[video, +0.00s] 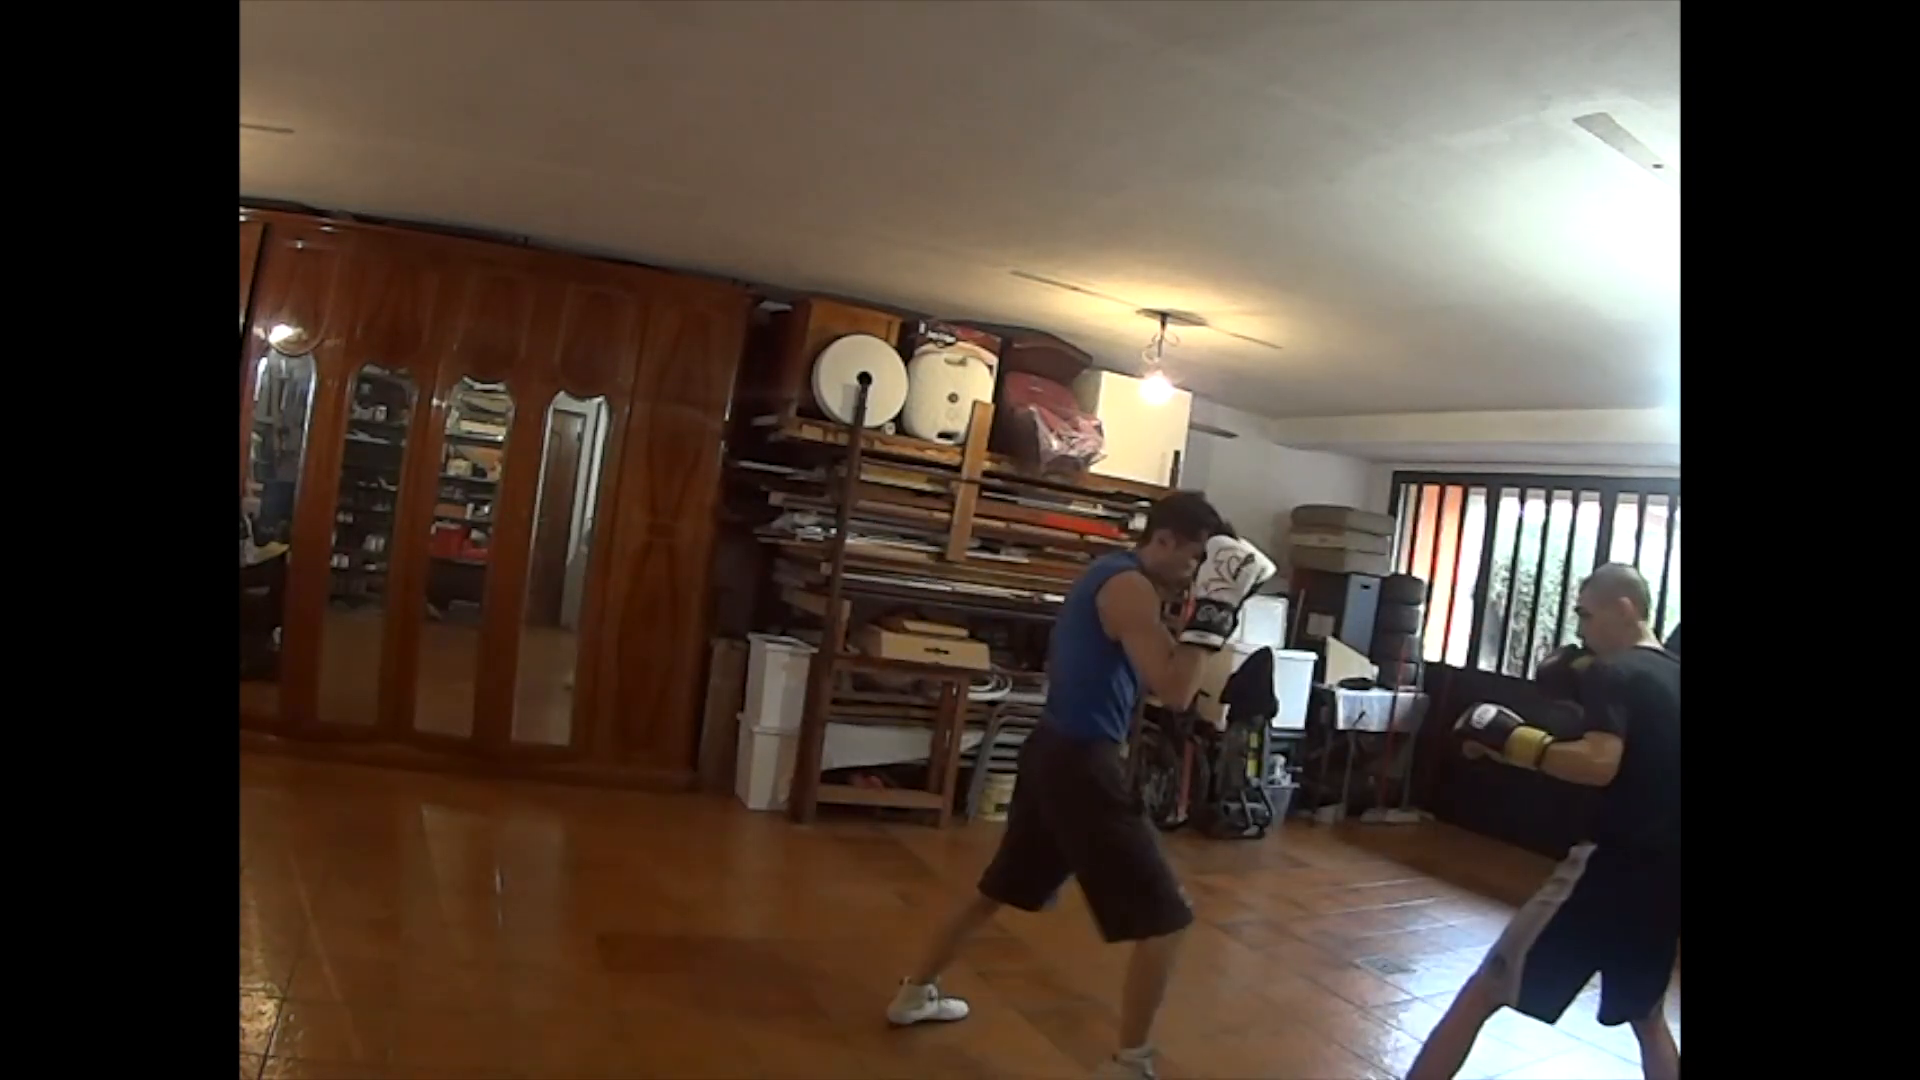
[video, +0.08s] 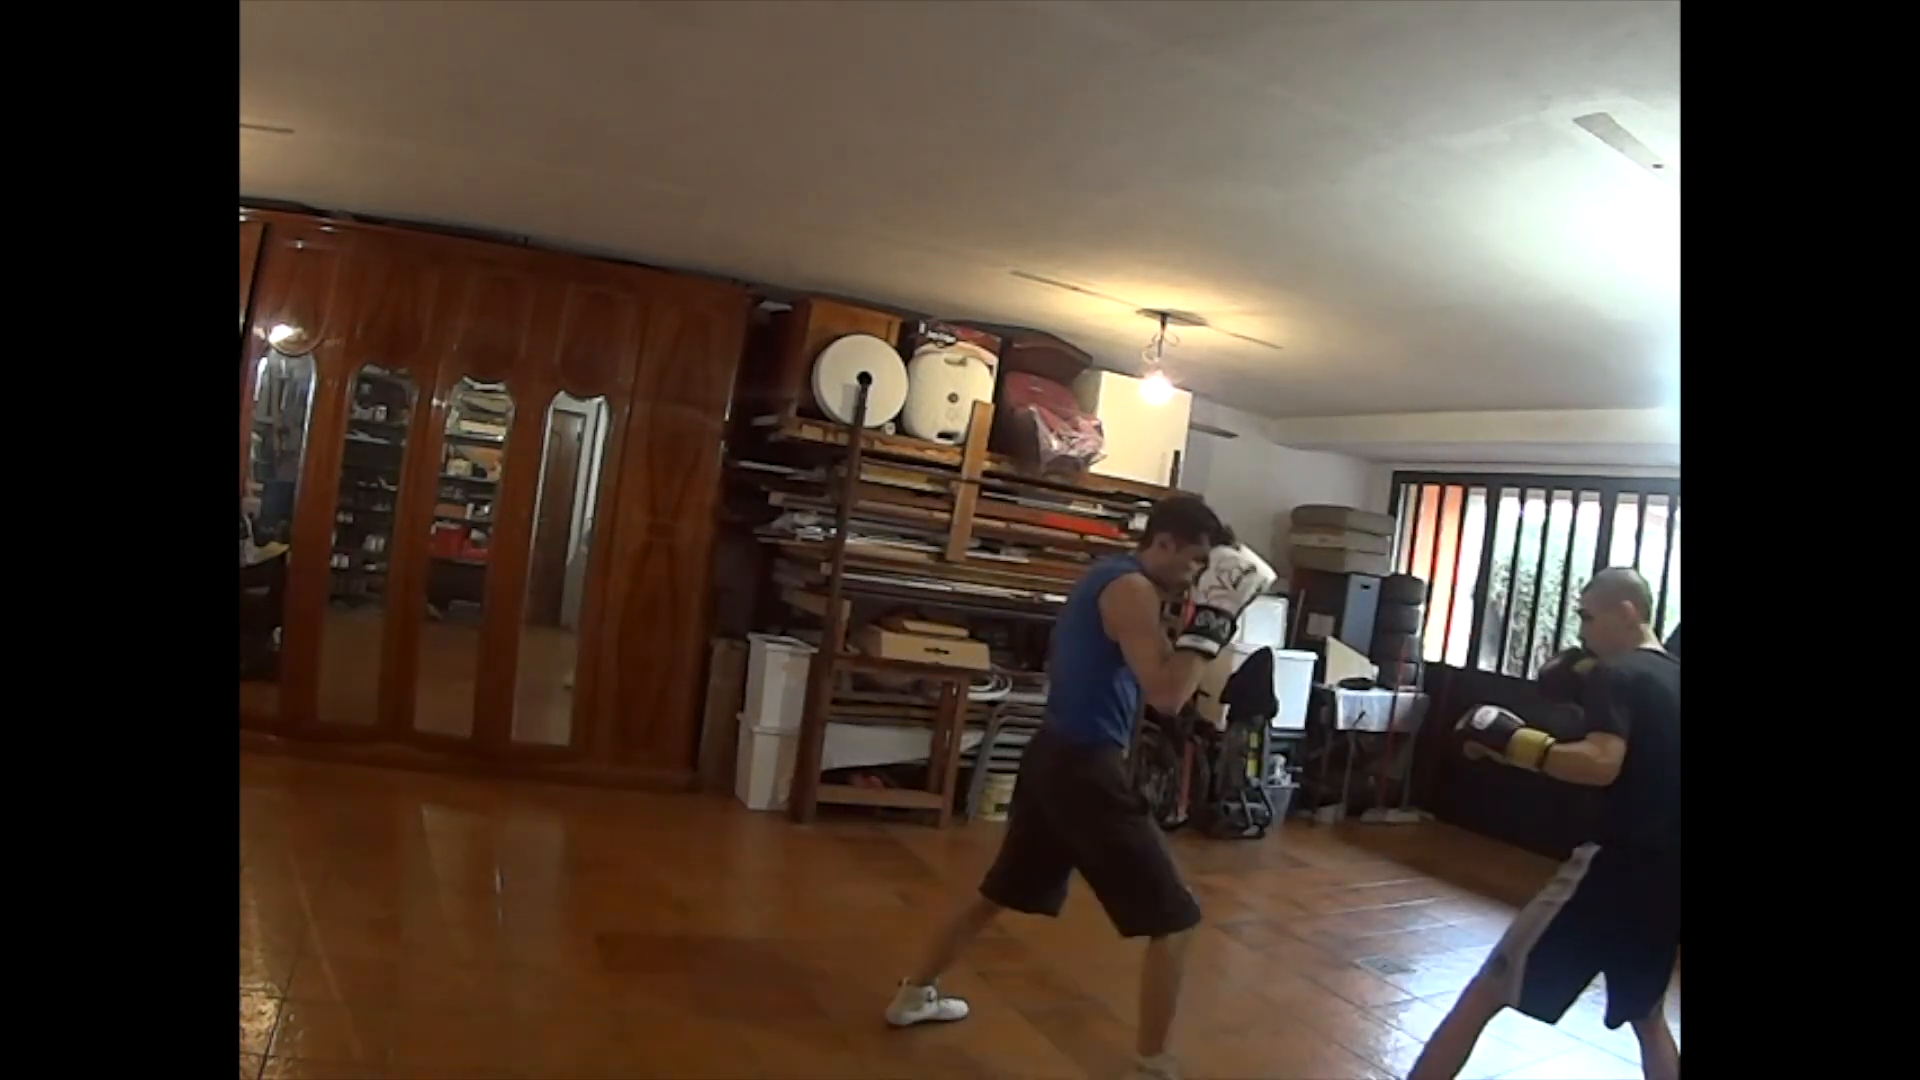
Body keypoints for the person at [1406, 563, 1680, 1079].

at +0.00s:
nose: (1582, 631)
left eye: (1586, 616)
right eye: (1579, 618)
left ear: (1625, 610)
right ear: (1636, 612)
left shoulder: (1615, 672)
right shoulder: (1671, 672)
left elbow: (1600, 762)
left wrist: (1510, 739)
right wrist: (1585, 677)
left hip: (1608, 864)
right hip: (1665, 870)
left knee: (1482, 995)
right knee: (1649, 1016)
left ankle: (1415, 1078)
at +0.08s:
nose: (1583, 633)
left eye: (1588, 618)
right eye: (1581, 620)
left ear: (1627, 612)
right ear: (1637, 615)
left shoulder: (1619, 674)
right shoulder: (1671, 673)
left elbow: (1602, 763)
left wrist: (1513, 740)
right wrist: (1587, 677)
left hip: (1611, 864)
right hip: (1665, 870)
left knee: (1484, 995)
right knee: (1649, 1014)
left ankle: (1417, 1077)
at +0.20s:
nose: (1585, 634)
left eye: (1590, 619)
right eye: (1583, 621)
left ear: (1629, 612)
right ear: (1638, 615)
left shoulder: (1619, 675)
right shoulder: (1672, 673)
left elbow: (1608, 763)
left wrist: (1516, 746)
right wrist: (1590, 681)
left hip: (1616, 866)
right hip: (1668, 872)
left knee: (1488, 998)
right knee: (1652, 1014)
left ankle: (1418, 1077)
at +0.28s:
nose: (1585, 639)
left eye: (1590, 625)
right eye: (1582, 626)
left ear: (1628, 619)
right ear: (1640, 622)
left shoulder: (1617, 680)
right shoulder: (1672, 680)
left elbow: (1604, 766)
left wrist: (1514, 745)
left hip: (1618, 868)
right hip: (1669, 873)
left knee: (1487, 993)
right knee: (1662, 1011)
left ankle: (1417, 1077)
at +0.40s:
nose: (1601, 655)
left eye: (1609, 644)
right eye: (1601, 643)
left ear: (1648, 638)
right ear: (1652, 640)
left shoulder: (1639, 692)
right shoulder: (1671, 692)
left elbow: (1621, 762)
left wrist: (1540, 728)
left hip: (1625, 879)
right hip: (1668, 885)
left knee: (1482, 998)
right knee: (1672, 1015)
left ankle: (1414, 1075)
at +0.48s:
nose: (1620, 650)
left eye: (1631, 640)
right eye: (1622, 640)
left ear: (1667, 642)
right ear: (1664, 642)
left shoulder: (1661, 698)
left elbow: (1652, 771)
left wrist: (1564, 737)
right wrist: (1549, 728)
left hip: (1645, 879)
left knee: (1499, 1003)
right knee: (1675, 1020)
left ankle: (1425, 1076)